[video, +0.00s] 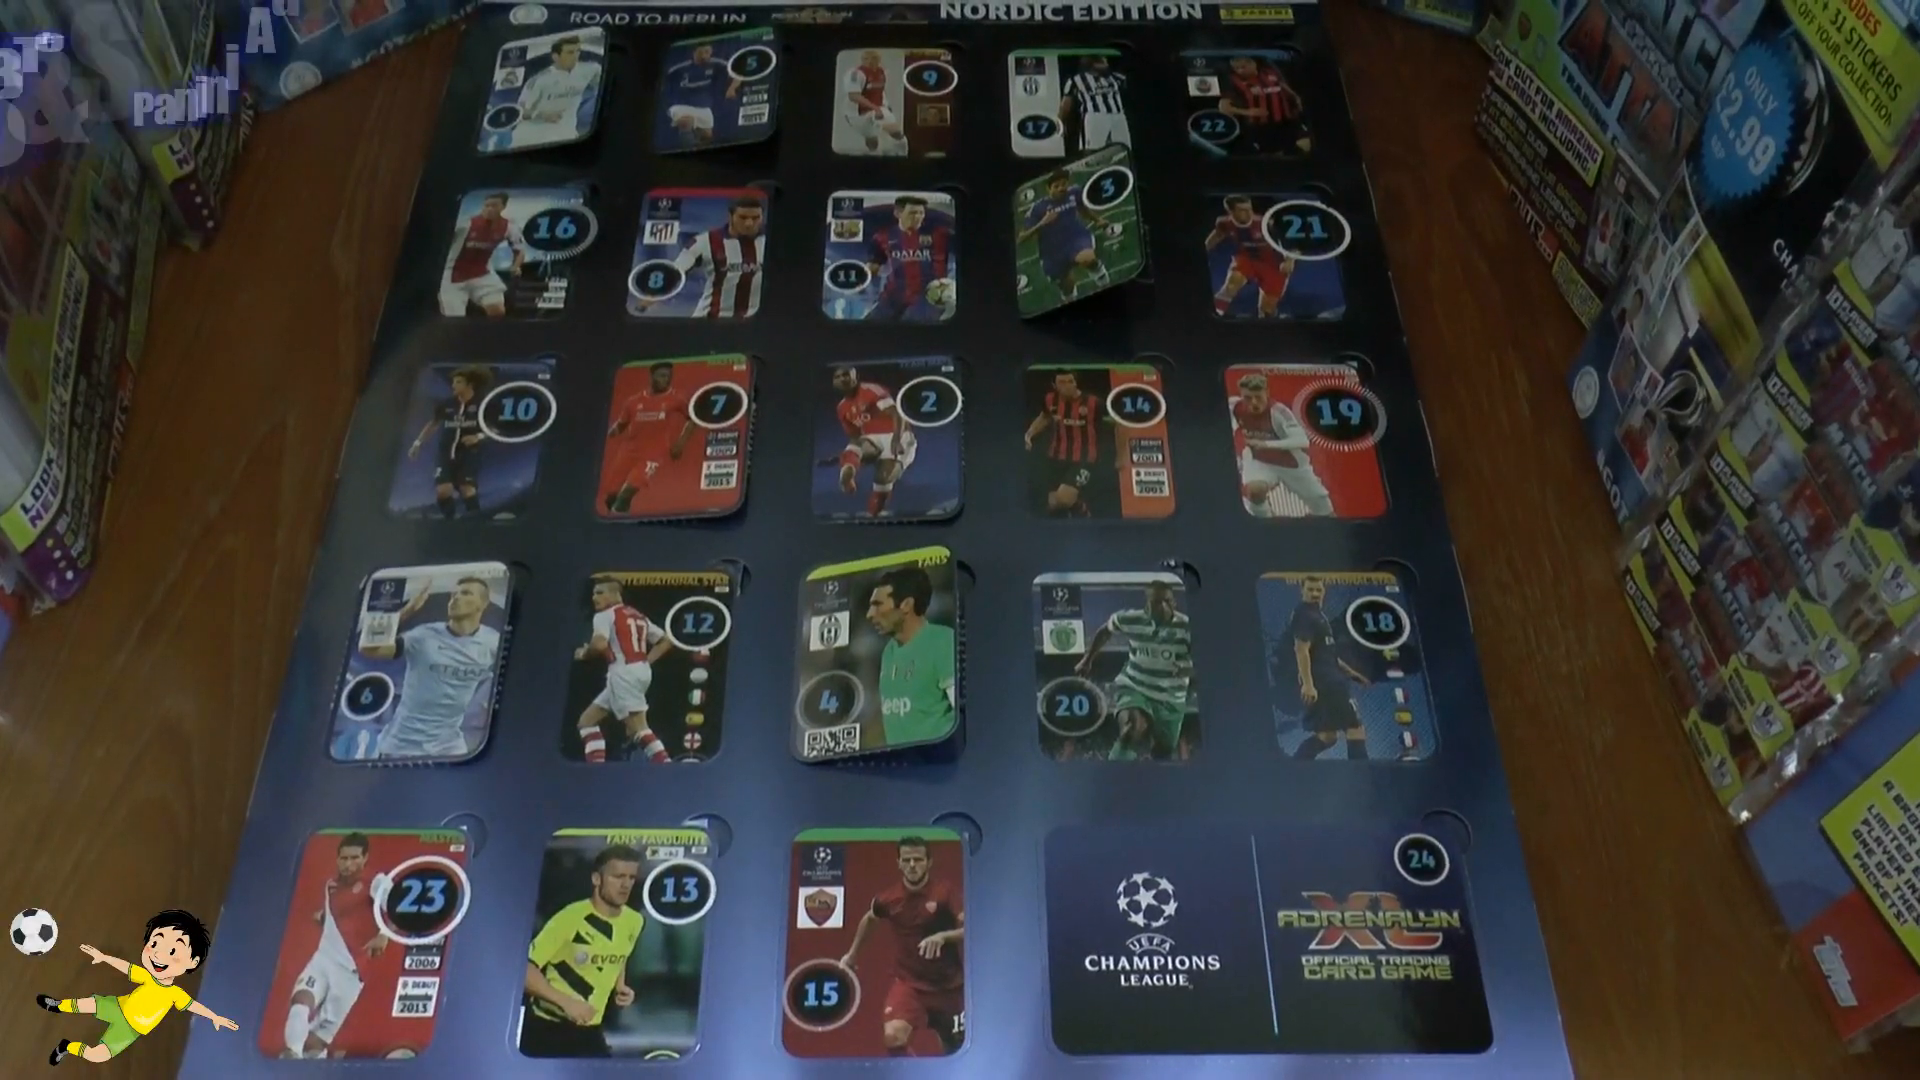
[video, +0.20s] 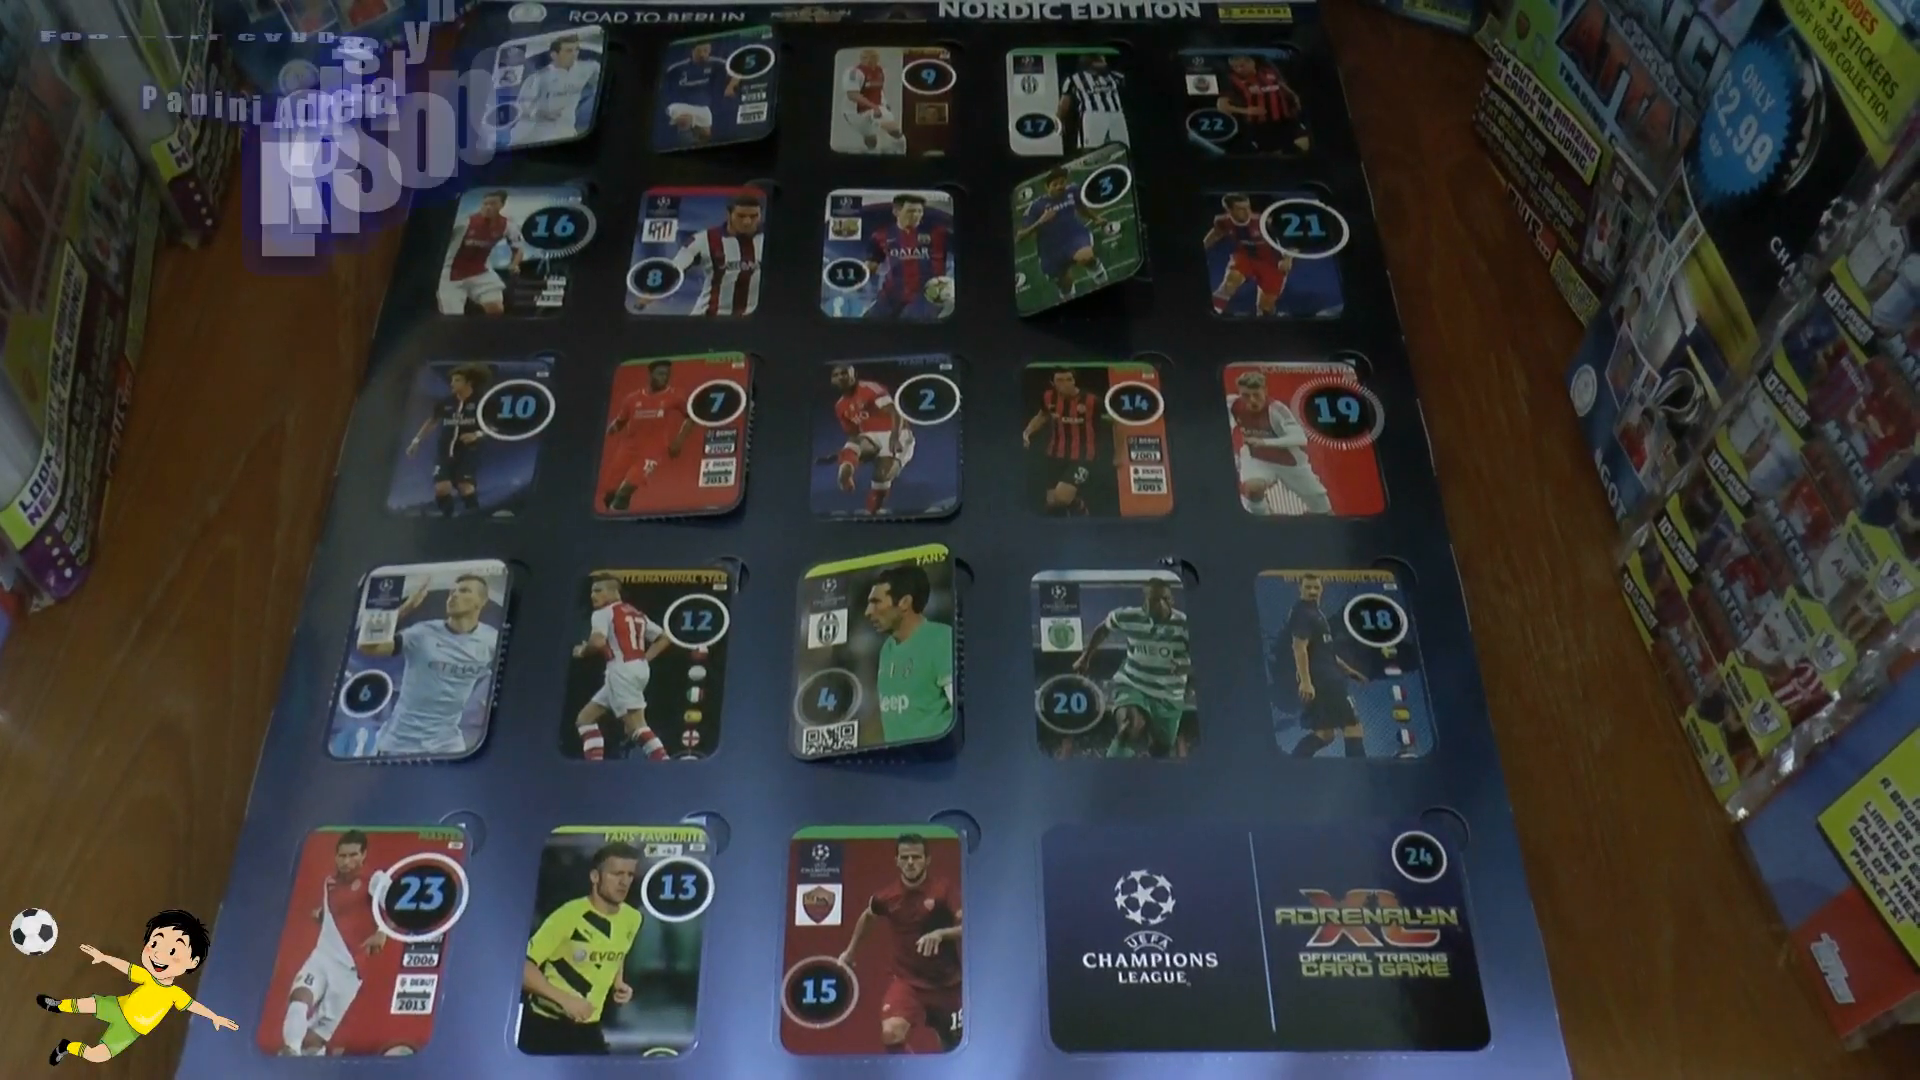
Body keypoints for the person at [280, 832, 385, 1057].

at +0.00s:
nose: (348, 864)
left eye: (354, 858)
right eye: (344, 858)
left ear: (365, 859)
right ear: (337, 859)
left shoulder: (375, 884)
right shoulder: (331, 885)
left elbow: (397, 908)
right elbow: (334, 908)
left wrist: (383, 936)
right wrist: (322, 915)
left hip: (350, 976)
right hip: (322, 961)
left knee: (313, 1045)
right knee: (301, 1001)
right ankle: (293, 1053)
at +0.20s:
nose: (346, 861)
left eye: (352, 855)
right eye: (342, 855)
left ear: (363, 856)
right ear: (335, 857)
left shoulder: (374, 881)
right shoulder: (330, 882)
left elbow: (395, 905)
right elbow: (332, 907)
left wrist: (381, 933)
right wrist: (320, 913)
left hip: (349, 973)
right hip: (321, 958)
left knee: (313, 1041)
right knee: (300, 998)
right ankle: (291, 1050)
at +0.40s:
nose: (346, 861)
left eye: (352, 855)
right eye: (342, 855)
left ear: (363, 856)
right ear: (335, 856)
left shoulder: (374, 881)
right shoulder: (330, 882)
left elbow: (395, 905)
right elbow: (332, 908)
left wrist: (381, 933)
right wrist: (320, 913)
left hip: (348, 973)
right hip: (320, 958)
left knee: (312, 1041)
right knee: (300, 997)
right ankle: (291, 1049)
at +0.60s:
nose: (347, 859)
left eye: (353, 853)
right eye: (342, 853)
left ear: (364, 853)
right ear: (336, 853)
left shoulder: (375, 878)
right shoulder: (330, 879)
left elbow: (396, 903)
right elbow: (330, 902)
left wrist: (382, 931)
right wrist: (320, 911)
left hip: (349, 970)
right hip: (321, 956)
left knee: (312, 1039)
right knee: (301, 995)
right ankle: (292, 1048)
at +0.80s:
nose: (347, 859)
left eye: (353, 853)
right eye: (343, 853)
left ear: (364, 853)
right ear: (336, 853)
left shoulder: (375, 878)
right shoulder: (331, 879)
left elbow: (396, 903)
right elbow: (333, 904)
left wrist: (382, 930)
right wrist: (321, 911)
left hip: (349, 970)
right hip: (322, 955)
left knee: (313, 1039)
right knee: (301, 995)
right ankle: (292, 1047)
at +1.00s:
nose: (347, 859)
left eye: (354, 853)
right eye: (343, 853)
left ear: (364, 854)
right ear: (336, 854)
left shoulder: (374, 879)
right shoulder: (330, 880)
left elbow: (396, 903)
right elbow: (332, 905)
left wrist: (382, 931)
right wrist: (320, 911)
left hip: (349, 971)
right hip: (322, 956)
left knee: (313, 1039)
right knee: (301, 995)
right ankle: (292, 1048)